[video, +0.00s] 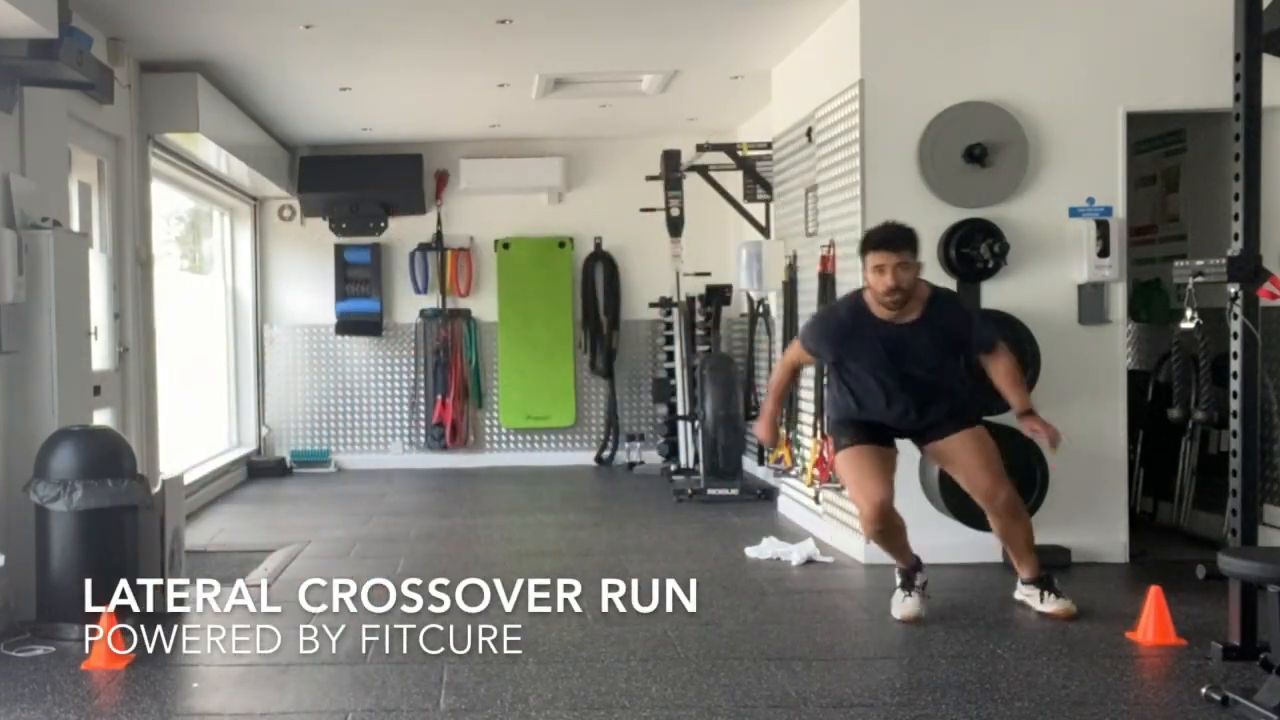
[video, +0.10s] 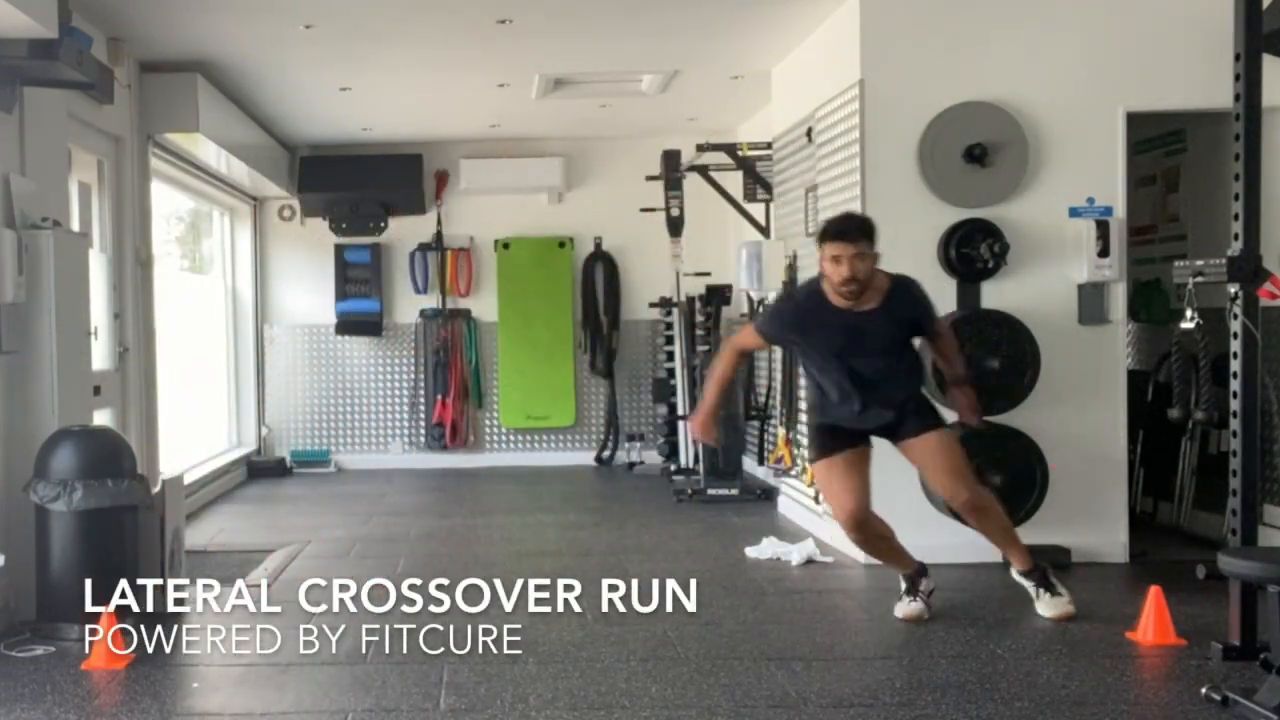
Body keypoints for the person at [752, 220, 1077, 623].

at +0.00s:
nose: (891, 280)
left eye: (901, 268)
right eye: (880, 270)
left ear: (917, 268)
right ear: (865, 273)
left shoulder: (946, 310)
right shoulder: (838, 320)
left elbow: (994, 352)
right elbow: (790, 361)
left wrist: (1024, 410)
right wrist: (768, 416)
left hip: (938, 410)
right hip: (861, 417)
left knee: (998, 492)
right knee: (874, 514)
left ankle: (1031, 582)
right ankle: (909, 572)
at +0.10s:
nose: (846, 271)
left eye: (856, 259)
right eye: (835, 260)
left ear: (874, 258)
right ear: (821, 260)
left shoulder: (903, 294)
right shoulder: (795, 310)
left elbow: (938, 334)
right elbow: (734, 345)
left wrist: (959, 384)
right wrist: (706, 409)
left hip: (903, 405)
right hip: (834, 416)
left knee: (966, 496)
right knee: (851, 518)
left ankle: (1029, 569)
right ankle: (914, 575)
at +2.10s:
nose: (794, 217)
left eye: (797, 207)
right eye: (785, 207)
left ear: (799, 207)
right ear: (753, 208)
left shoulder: (801, 259)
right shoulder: (709, 259)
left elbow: (822, 308)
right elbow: (635, 304)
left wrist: (831, 345)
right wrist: (606, 373)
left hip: (756, 382)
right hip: (711, 379)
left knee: (750, 489)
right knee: (770, 465)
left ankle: (659, 564)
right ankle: (808, 571)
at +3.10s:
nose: (782, 244)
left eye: (791, 231)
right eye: (771, 234)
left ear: (806, 230)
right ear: (757, 236)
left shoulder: (834, 279)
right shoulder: (737, 283)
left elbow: (881, 332)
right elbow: (689, 334)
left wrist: (912, 393)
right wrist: (713, 392)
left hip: (820, 394)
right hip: (762, 403)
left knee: (826, 486)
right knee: (803, 502)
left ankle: (847, 589)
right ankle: (864, 528)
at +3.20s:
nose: (706, 240)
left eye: (715, 229)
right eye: (695, 230)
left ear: (728, 228)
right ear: (680, 233)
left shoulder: (764, 276)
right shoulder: (665, 279)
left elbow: (822, 324)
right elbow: (635, 311)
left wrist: (843, 386)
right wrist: (633, 376)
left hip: (767, 395)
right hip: (701, 397)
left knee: (798, 488)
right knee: (680, 489)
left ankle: (843, 585)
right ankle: (707, 537)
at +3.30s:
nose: (625, 232)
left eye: (634, 220)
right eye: (614, 222)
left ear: (649, 220)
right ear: (601, 225)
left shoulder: (687, 268)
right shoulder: (587, 271)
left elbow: (748, 313)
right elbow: (551, 308)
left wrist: (770, 377)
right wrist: (528, 351)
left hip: (695, 386)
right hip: (630, 387)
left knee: (720, 484)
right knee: (599, 481)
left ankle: (809, 565)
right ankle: (603, 577)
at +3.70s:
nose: (375, 254)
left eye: (385, 243)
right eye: (365, 243)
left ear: (402, 243)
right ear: (354, 246)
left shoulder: (437, 302)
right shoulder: (345, 289)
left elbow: (470, 363)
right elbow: (314, 336)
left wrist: (468, 433)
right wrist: (295, 387)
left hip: (415, 413)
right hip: (363, 397)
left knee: (352, 492)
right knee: (291, 479)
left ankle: (359, 592)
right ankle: (284, 559)